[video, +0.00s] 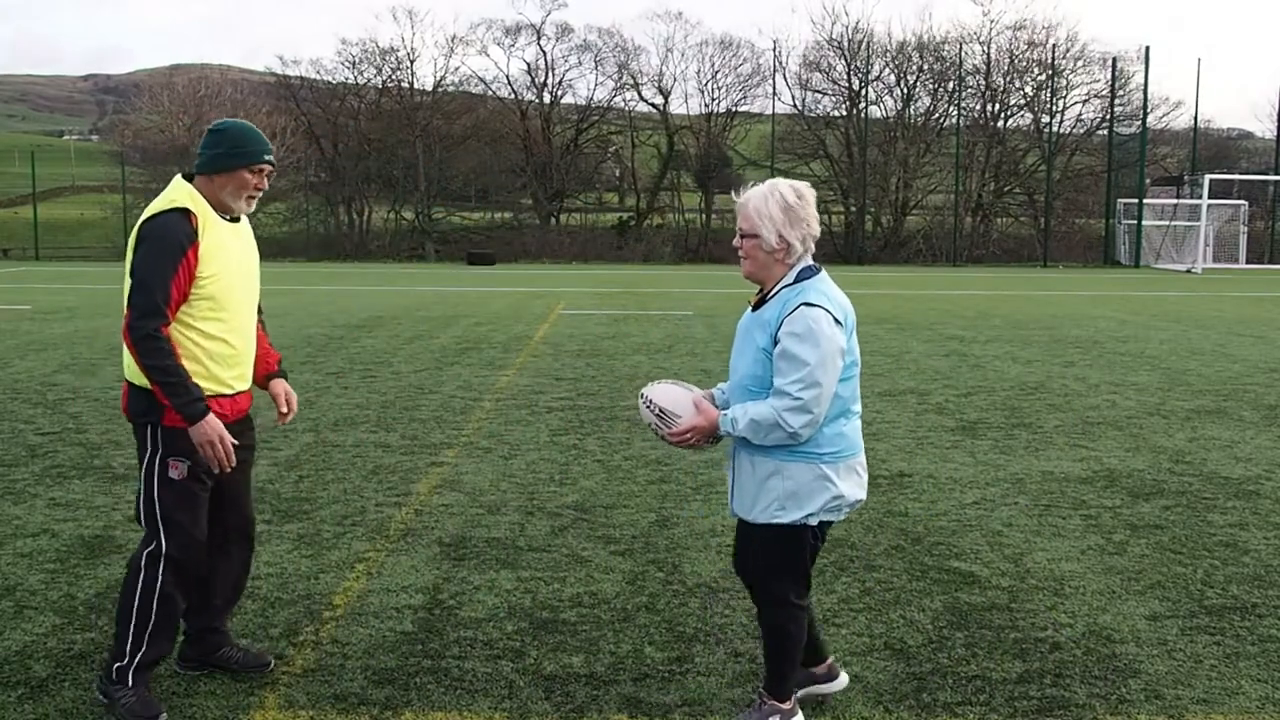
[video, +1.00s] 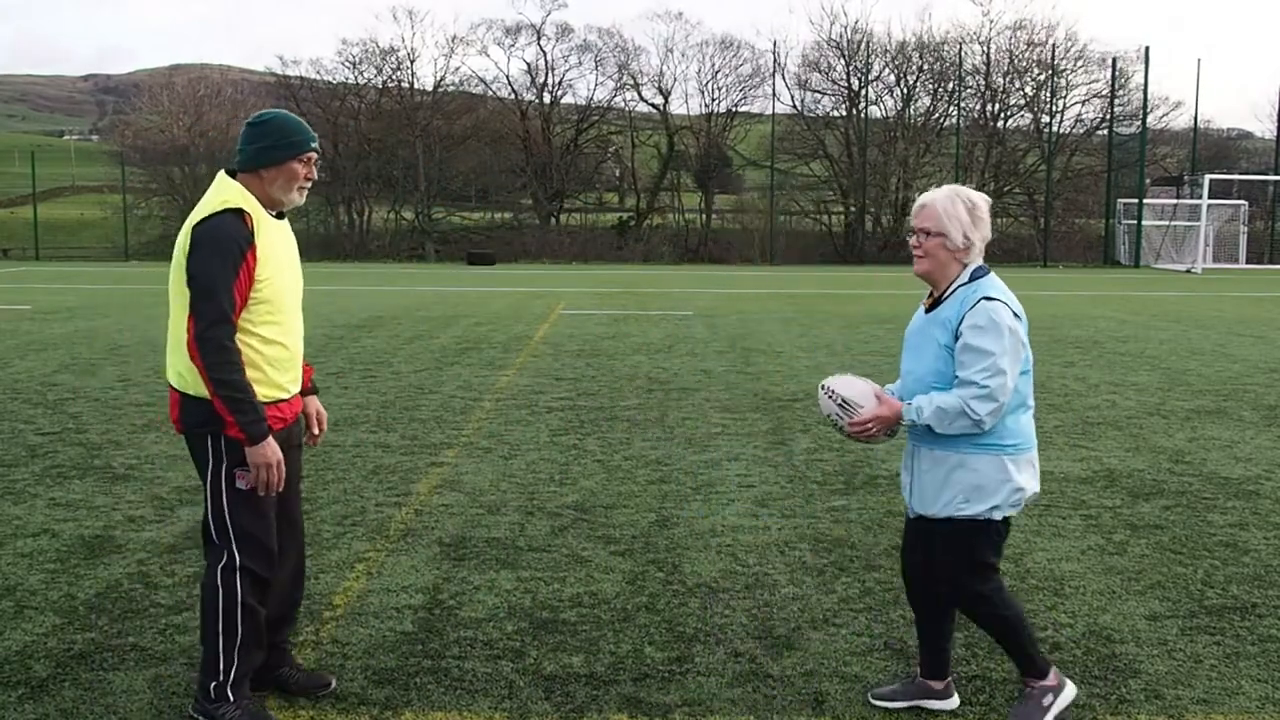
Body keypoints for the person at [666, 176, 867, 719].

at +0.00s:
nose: (737, 245)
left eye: (747, 236)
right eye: (737, 235)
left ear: (783, 244)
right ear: (774, 244)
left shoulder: (810, 313)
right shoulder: (776, 301)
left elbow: (797, 415)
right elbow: (758, 383)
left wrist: (723, 422)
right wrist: (708, 402)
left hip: (802, 476)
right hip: (770, 467)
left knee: (778, 585)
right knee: (754, 563)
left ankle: (780, 701)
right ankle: (814, 665)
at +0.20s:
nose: (754, 247)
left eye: (763, 238)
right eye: (755, 236)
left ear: (798, 244)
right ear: (790, 245)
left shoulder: (828, 314)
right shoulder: (795, 304)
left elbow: (817, 413)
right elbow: (776, 384)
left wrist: (740, 422)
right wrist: (728, 403)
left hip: (826, 475)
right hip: (803, 469)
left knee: (785, 581)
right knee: (813, 574)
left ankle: (780, 702)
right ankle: (892, 653)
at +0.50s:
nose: (811, 252)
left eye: (823, 242)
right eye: (809, 241)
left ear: (860, 249)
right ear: (848, 251)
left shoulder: (880, 316)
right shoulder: (851, 308)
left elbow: (872, 414)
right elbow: (834, 390)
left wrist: (802, 424)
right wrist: (785, 413)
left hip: (880, 480)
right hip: (862, 475)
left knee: (830, 582)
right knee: (874, 578)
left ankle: (786, 699)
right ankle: (931, 677)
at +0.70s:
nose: (854, 250)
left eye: (867, 241)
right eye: (851, 240)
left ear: (903, 248)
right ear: (850, 245)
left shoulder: (924, 314)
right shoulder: (886, 309)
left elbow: (926, 410)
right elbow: (872, 390)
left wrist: (851, 424)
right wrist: (826, 418)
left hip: (928, 473)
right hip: (898, 468)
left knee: (859, 563)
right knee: (896, 573)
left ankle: (830, 693)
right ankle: (933, 681)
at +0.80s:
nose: (875, 247)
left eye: (888, 237)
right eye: (871, 237)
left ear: (924, 243)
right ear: (869, 242)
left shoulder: (946, 310)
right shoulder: (900, 308)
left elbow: (948, 403)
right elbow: (888, 386)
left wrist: (874, 422)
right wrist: (846, 412)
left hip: (948, 468)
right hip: (917, 463)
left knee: (881, 562)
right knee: (913, 570)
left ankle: (898, 693)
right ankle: (933, 681)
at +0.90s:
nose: (895, 244)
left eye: (907, 234)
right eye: (892, 234)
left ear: (945, 240)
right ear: (891, 238)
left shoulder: (966, 309)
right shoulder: (917, 305)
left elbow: (966, 403)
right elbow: (904, 383)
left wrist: (889, 416)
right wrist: (863, 408)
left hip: (965, 468)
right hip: (925, 464)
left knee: (927, 568)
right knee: (907, 562)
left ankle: (976, 688)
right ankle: (932, 679)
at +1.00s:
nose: (913, 243)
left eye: (926, 234)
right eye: (912, 233)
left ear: (962, 242)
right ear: (916, 236)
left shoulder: (989, 310)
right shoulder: (937, 303)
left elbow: (981, 405)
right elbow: (927, 380)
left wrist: (904, 411)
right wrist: (884, 400)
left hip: (981, 474)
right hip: (935, 470)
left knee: (970, 580)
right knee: (922, 573)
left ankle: (1044, 681)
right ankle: (934, 681)